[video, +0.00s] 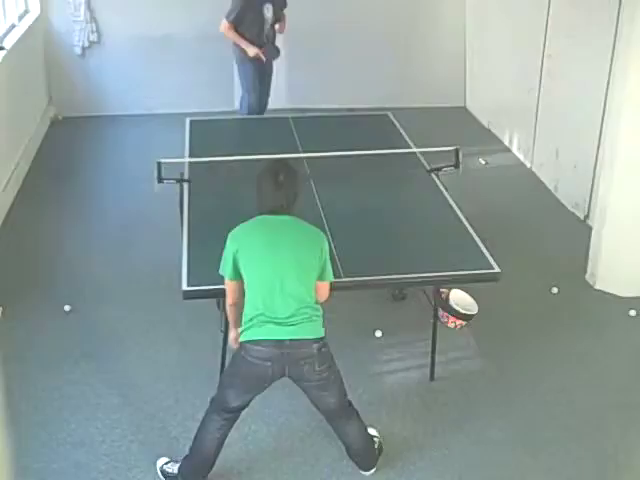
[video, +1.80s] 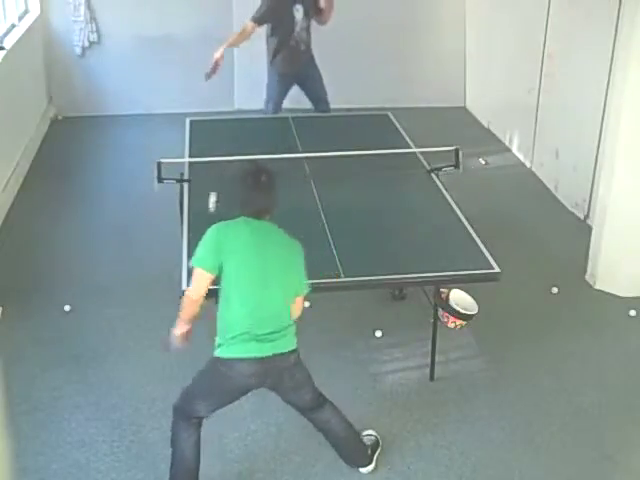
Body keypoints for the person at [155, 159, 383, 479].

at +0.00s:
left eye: (267, 190)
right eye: (290, 190)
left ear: (260, 194)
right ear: (295, 194)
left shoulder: (239, 236)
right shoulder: (315, 236)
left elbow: (233, 297)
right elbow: (322, 294)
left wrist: (233, 328)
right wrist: (294, 280)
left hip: (257, 351)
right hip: (309, 349)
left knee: (222, 412)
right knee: (339, 410)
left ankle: (188, 472)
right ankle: (367, 458)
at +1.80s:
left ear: (238, 197)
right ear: (272, 200)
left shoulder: (220, 234)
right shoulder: (291, 245)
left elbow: (196, 293)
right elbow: (296, 310)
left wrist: (182, 326)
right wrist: (266, 321)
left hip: (236, 364)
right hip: (285, 360)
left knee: (187, 414)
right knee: (317, 406)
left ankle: (183, 476)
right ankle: (364, 459)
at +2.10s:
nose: (223, 196)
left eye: (225, 190)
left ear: (226, 196)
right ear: (256, 196)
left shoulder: (226, 235)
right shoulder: (267, 233)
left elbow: (223, 292)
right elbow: (268, 287)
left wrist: (184, 338)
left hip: (250, 362)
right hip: (288, 353)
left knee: (193, 417)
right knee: (317, 405)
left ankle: (185, 476)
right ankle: (363, 456)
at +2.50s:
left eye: (217, 195)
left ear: (216, 201)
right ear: (251, 198)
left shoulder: (213, 251)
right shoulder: (278, 236)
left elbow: (202, 321)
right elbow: (304, 286)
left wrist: (167, 376)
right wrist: (313, 267)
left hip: (255, 365)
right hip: (300, 353)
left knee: (200, 409)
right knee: (323, 391)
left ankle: (184, 475)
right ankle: (365, 448)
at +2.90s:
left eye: (230, 169)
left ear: (224, 175)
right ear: (262, 176)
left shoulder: (204, 225)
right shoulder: (290, 225)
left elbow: (173, 288)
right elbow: (311, 292)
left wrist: (151, 338)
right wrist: (318, 277)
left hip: (226, 356)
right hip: (280, 354)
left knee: (200, 442)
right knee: (308, 435)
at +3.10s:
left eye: (231, 178)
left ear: (227, 183)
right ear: (266, 184)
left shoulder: (205, 234)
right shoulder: (289, 228)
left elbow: (179, 305)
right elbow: (316, 290)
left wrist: (153, 350)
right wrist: (297, 296)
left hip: (219, 371)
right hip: (274, 369)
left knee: (193, 452)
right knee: (306, 445)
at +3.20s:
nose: (225, 185)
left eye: (226, 179)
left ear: (225, 187)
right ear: (261, 184)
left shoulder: (210, 242)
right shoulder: (293, 226)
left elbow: (191, 316)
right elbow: (337, 266)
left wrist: (157, 374)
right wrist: (302, 288)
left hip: (224, 371)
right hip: (280, 368)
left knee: (196, 451)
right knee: (310, 444)